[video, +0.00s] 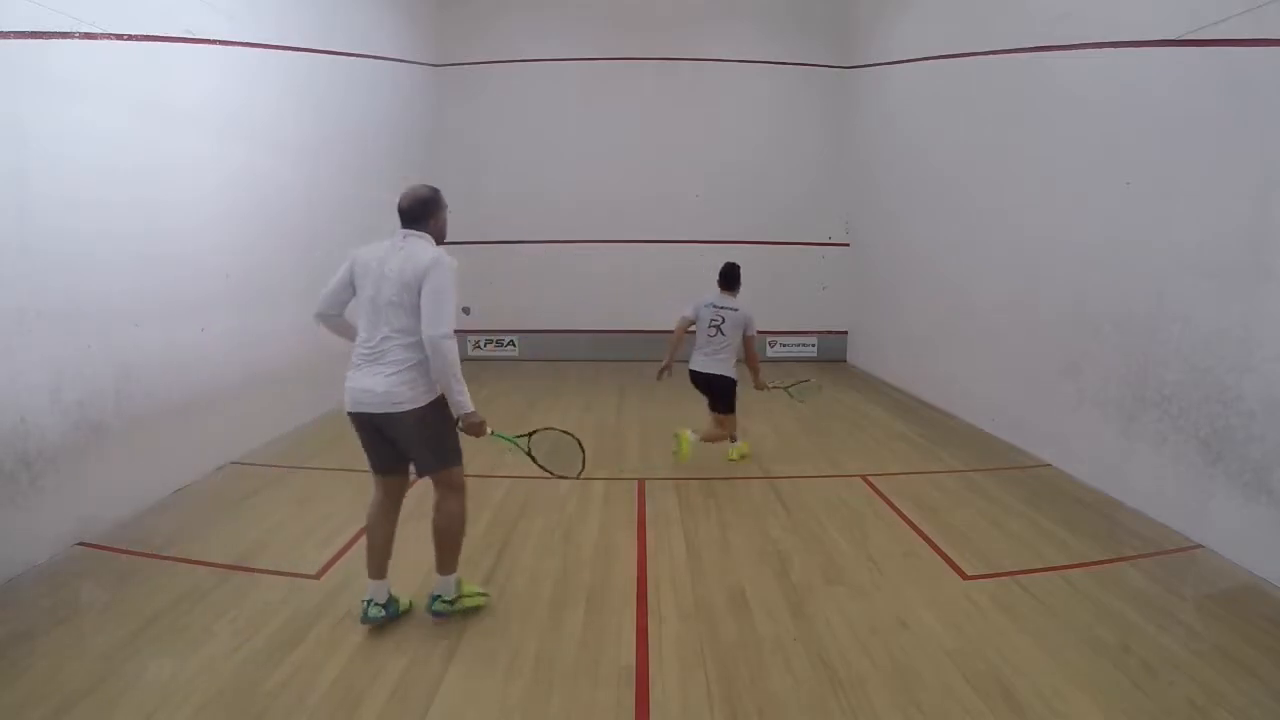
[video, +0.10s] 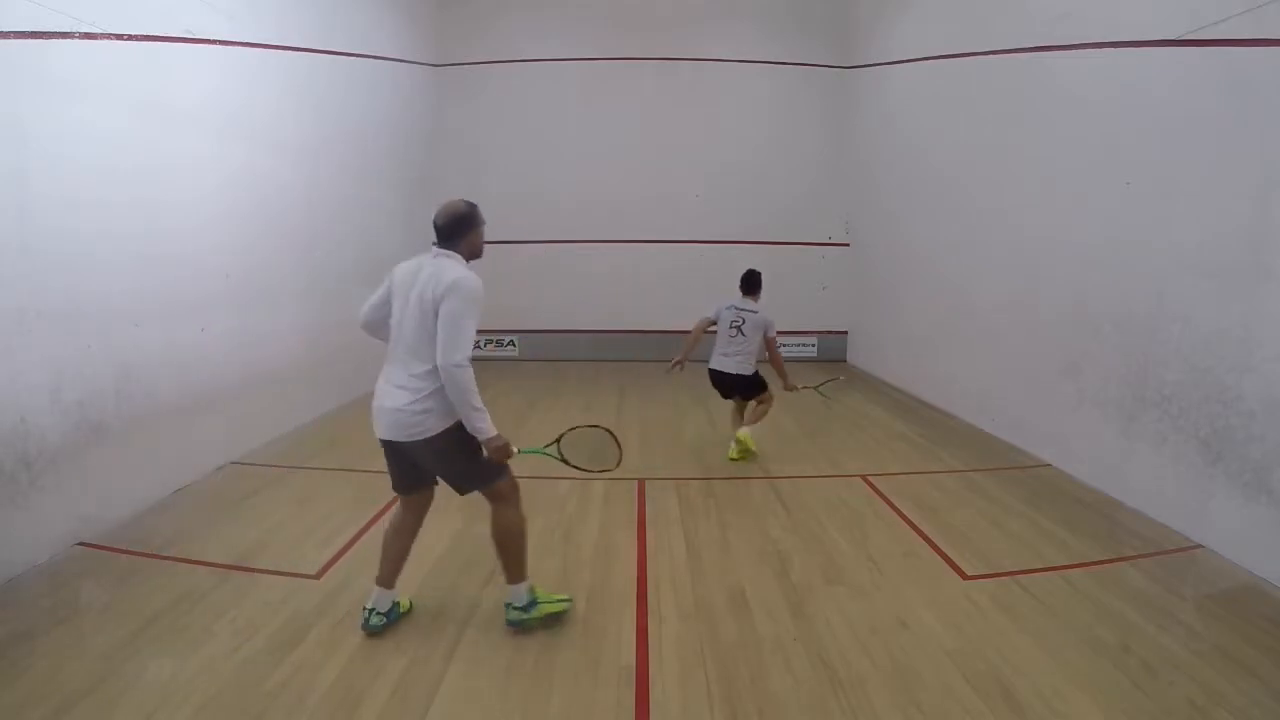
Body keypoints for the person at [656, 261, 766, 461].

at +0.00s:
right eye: (736, 282)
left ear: (718, 282)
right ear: (739, 285)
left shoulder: (703, 304)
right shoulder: (744, 314)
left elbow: (680, 329)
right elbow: (750, 355)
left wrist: (669, 360)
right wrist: (757, 379)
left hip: (696, 373)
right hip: (722, 378)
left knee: (722, 401)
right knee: (724, 431)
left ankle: (734, 443)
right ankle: (692, 437)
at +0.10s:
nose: (757, 290)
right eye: (758, 287)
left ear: (740, 288)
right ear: (760, 290)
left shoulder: (725, 309)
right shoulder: (764, 319)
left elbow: (699, 327)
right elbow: (774, 356)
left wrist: (683, 356)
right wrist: (786, 381)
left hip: (716, 371)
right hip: (743, 375)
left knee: (740, 400)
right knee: (765, 400)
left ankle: (736, 445)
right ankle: (745, 430)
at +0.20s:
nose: (779, 295)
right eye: (779, 292)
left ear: (760, 293)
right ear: (778, 295)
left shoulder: (744, 311)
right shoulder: (782, 322)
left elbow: (717, 325)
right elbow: (795, 359)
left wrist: (700, 345)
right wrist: (810, 383)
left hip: (737, 370)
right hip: (763, 372)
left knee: (749, 406)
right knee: (784, 384)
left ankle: (738, 434)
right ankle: (787, 423)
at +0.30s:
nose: (798, 304)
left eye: (797, 300)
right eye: (798, 301)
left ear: (779, 301)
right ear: (795, 302)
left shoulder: (765, 317)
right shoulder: (800, 328)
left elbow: (741, 328)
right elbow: (814, 365)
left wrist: (720, 346)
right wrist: (831, 388)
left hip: (754, 372)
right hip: (780, 375)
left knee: (750, 413)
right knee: (797, 389)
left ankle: (743, 429)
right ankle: (805, 412)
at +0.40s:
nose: (814, 323)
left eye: (812, 320)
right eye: (813, 321)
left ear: (795, 320)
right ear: (811, 322)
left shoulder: (781, 334)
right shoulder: (814, 341)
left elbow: (758, 351)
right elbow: (832, 369)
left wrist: (740, 373)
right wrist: (853, 387)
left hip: (772, 380)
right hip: (796, 382)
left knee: (762, 409)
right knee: (813, 384)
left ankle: (751, 428)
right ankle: (812, 414)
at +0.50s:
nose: (824, 348)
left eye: (824, 346)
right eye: (824, 346)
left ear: (808, 341)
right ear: (821, 344)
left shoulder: (791, 348)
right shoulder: (819, 352)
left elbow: (777, 371)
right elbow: (835, 371)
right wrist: (848, 383)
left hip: (783, 379)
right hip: (805, 380)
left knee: (769, 423)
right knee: (820, 377)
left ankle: (756, 425)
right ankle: (811, 413)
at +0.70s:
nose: (829, 340)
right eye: (829, 338)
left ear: (812, 334)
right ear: (827, 336)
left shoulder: (801, 341)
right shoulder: (827, 343)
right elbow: (836, 370)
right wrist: (840, 387)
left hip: (790, 366)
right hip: (812, 366)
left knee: (790, 415)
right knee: (825, 374)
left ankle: (782, 418)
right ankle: (812, 412)